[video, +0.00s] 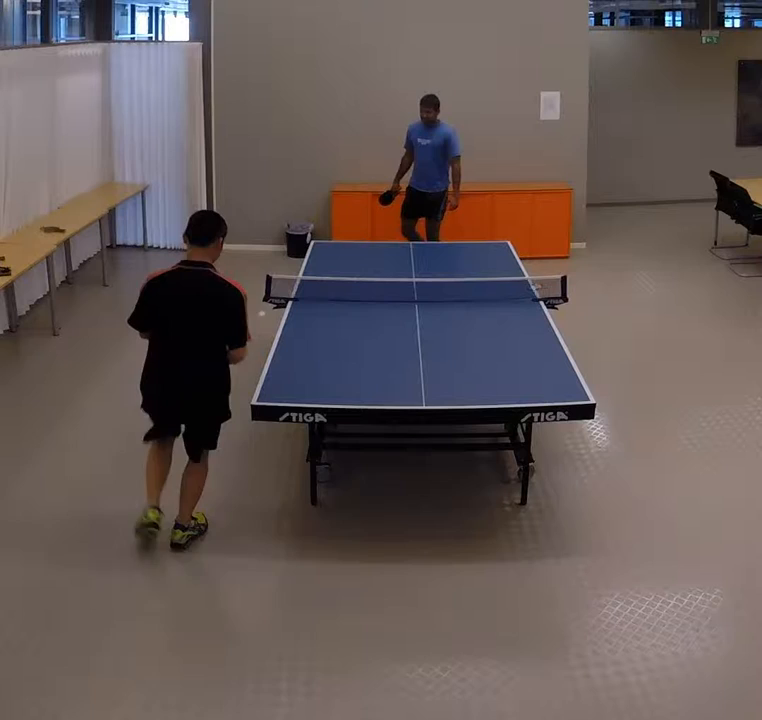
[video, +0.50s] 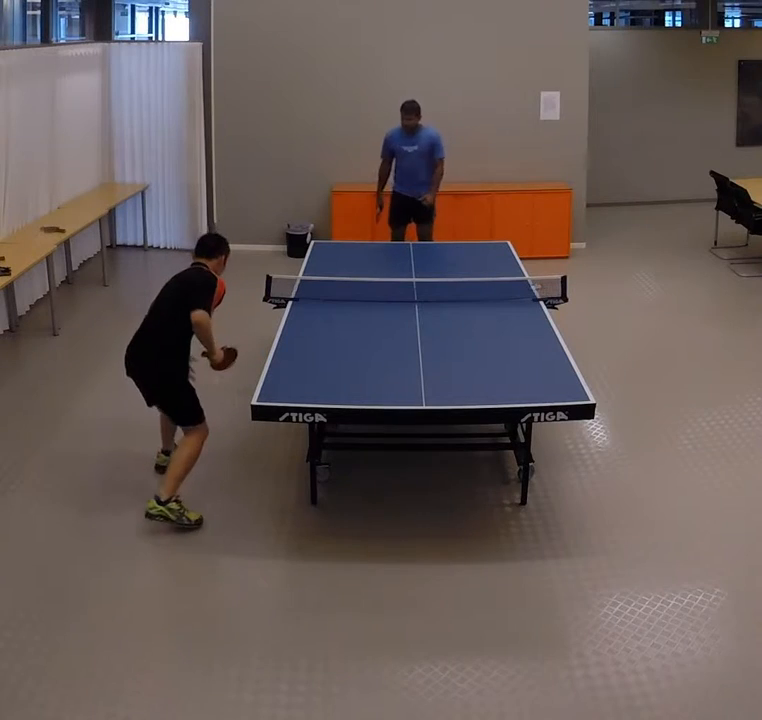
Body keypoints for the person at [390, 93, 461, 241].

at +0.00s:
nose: (424, 115)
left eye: (428, 112)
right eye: (422, 112)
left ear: (437, 112)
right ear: (419, 111)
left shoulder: (448, 133)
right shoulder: (413, 130)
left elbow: (455, 164)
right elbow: (408, 156)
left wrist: (455, 194)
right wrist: (396, 182)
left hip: (437, 190)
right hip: (415, 188)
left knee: (432, 234)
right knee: (407, 230)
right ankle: (427, 255)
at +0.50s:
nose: (406, 123)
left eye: (410, 119)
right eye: (404, 119)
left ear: (419, 118)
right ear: (400, 118)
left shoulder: (432, 137)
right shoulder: (392, 137)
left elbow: (439, 166)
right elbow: (385, 165)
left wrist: (432, 193)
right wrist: (379, 193)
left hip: (423, 197)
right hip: (400, 196)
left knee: (425, 240)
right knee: (397, 240)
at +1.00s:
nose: (416, 132)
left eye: (420, 129)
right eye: (413, 128)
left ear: (428, 129)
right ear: (409, 128)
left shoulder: (440, 146)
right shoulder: (398, 149)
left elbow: (454, 170)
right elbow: (388, 174)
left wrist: (457, 196)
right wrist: (383, 201)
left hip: (435, 201)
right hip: (409, 202)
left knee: (446, 240)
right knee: (398, 241)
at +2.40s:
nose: (429, 157)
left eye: (432, 153)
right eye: (425, 153)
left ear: (438, 152)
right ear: (418, 150)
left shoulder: (447, 166)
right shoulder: (406, 168)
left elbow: (462, 187)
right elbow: (383, 193)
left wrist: (468, 218)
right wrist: (396, 213)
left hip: (439, 211)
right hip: (413, 211)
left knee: (447, 246)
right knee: (400, 248)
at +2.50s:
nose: (434, 163)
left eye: (439, 159)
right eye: (431, 159)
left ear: (444, 158)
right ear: (425, 157)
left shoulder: (453, 171)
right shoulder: (414, 172)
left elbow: (467, 192)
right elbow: (395, 199)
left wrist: (475, 219)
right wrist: (413, 214)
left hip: (442, 210)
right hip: (417, 210)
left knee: (450, 247)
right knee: (402, 247)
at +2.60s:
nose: (439, 167)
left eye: (443, 163)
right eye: (435, 162)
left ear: (448, 161)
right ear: (429, 160)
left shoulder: (456, 172)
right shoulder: (418, 175)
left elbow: (469, 193)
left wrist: (479, 218)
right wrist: (428, 215)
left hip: (444, 211)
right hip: (421, 210)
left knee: (453, 246)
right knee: (404, 245)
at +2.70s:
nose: (443, 166)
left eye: (447, 163)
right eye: (439, 162)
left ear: (453, 161)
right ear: (433, 160)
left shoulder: (460, 171)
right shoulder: (423, 174)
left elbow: (472, 192)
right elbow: (427, 202)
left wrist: (481, 217)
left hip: (447, 211)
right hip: (423, 210)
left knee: (455, 247)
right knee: (405, 246)